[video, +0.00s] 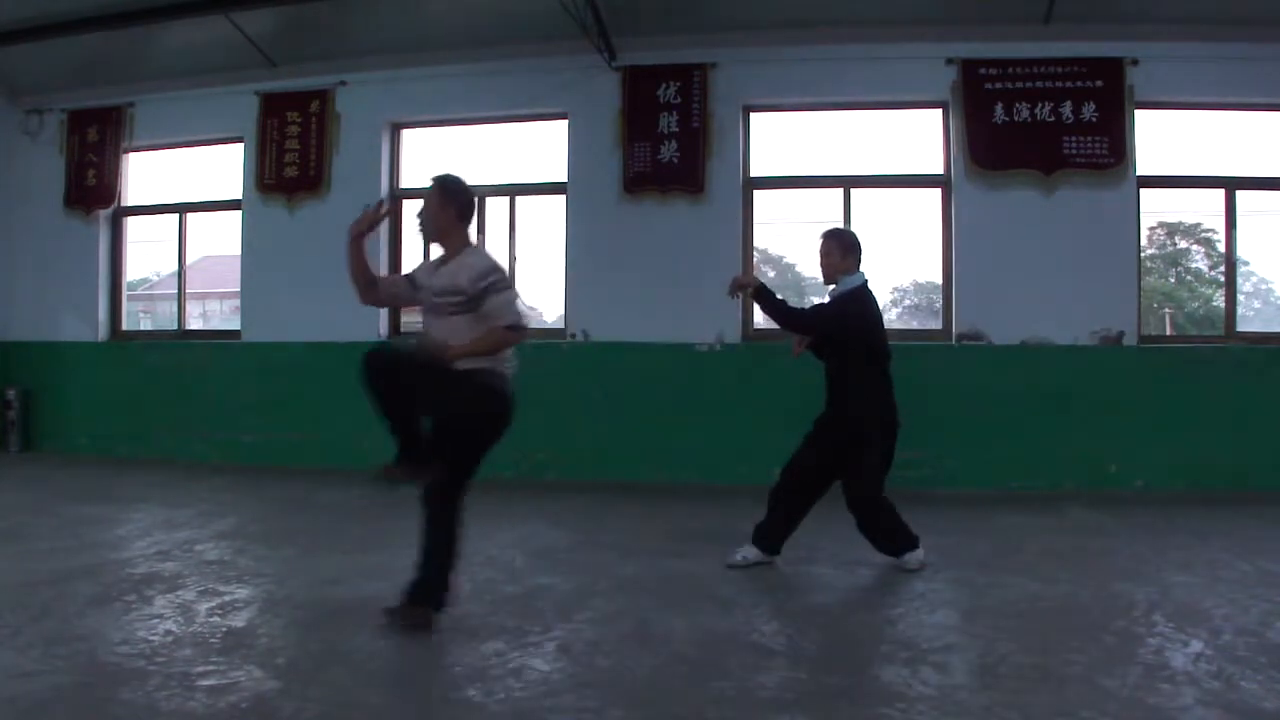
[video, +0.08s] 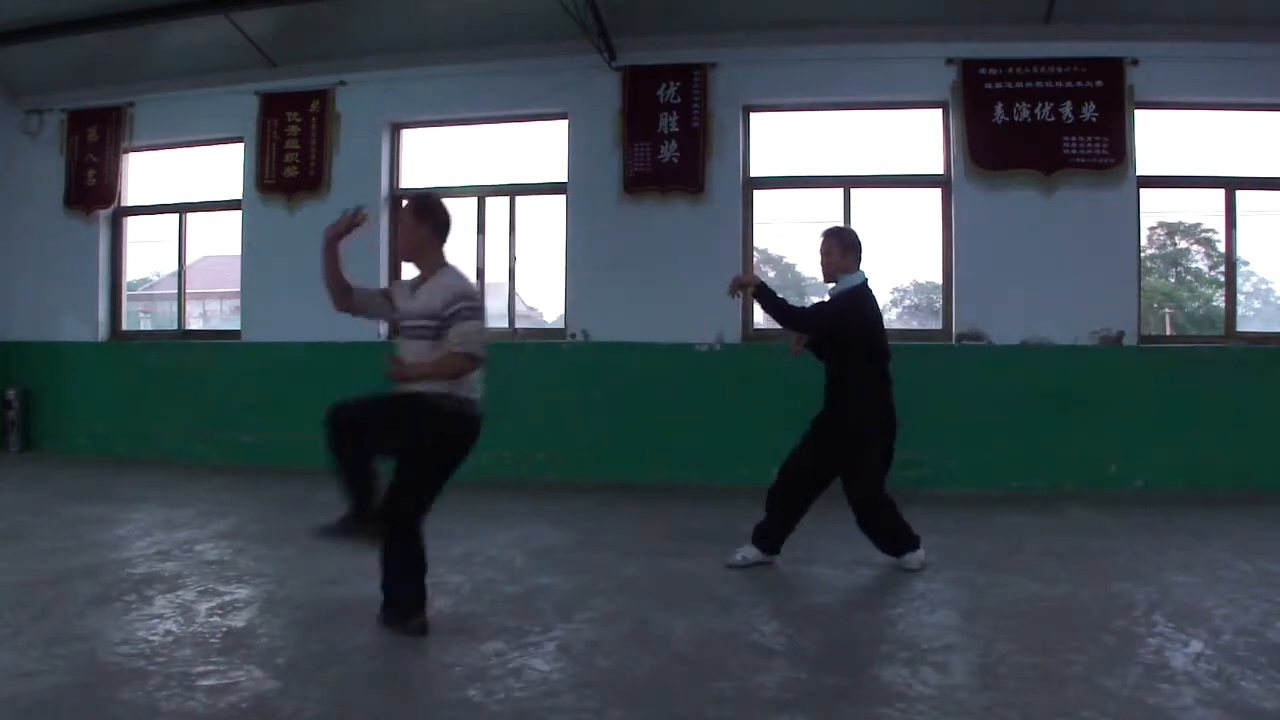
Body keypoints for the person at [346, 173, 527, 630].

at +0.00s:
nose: (420, 212)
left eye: (428, 204)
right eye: (423, 204)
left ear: (452, 212)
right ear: (447, 214)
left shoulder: (482, 268)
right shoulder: (430, 272)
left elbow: (511, 329)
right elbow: (374, 293)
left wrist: (454, 351)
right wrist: (356, 241)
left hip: (482, 390)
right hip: (439, 383)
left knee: (443, 486)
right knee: (380, 361)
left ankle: (426, 602)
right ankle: (414, 454)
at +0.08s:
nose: (395, 233)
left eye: (402, 224)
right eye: (396, 225)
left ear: (426, 231)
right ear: (416, 231)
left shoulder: (456, 288)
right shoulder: (404, 294)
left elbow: (468, 356)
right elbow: (345, 299)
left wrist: (412, 371)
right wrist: (331, 244)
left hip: (451, 412)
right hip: (413, 408)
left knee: (401, 510)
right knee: (345, 420)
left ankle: (405, 614)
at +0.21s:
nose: (370, 241)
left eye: (377, 232)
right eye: (373, 232)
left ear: (403, 238)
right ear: (399, 240)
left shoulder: (429, 294)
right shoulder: (382, 299)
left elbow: (428, 366)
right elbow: (324, 302)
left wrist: (377, 366)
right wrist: (295, 251)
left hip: (422, 424)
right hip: (386, 419)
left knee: (381, 517)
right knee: (318, 480)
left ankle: (407, 613)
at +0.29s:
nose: (346, 244)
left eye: (353, 235)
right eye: (348, 234)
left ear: (375, 239)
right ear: (380, 240)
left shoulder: (396, 299)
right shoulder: (367, 298)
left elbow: (375, 369)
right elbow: (307, 301)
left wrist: (329, 334)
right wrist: (263, 262)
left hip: (384, 431)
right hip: (374, 429)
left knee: (297, 516)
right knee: (370, 525)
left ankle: (240, 604)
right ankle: (406, 613)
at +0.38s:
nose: (327, 246)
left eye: (333, 236)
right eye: (329, 236)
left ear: (358, 238)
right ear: (362, 240)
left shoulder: (369, 296)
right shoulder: (363, 294)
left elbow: (336, 363)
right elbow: (294, 303)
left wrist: (311, 322)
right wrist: (245, 272)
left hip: (353, 429)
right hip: (382, 429)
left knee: (287, 524)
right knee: (363, 528)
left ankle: (227, 614)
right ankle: (405, 613)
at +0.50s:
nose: (282, 251)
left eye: (288, 241)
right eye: (283, 241)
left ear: (311, 243)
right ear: (324, 245)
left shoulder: (303, 300)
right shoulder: (355, 295)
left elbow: (247, 331)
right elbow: (286, 328)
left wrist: (221, 313)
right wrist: (239, 323)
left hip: (312, 428)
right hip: (362, 429)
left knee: (248, 525)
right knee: (342, 530)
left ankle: (213, 623)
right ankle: (399, 614)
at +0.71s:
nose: (236, 272)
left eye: (242, 262)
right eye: (237, 262)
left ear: (265, 263)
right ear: (274, 264)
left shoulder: (283, 315)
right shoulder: (304, 311)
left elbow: (257, 379)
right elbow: (274, 382)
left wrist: (210, 357)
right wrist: (223, 369)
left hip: (291, 446)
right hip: (331, 445)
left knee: (222, 520)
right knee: (319, 539)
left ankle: (210, 621)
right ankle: (386, 615)